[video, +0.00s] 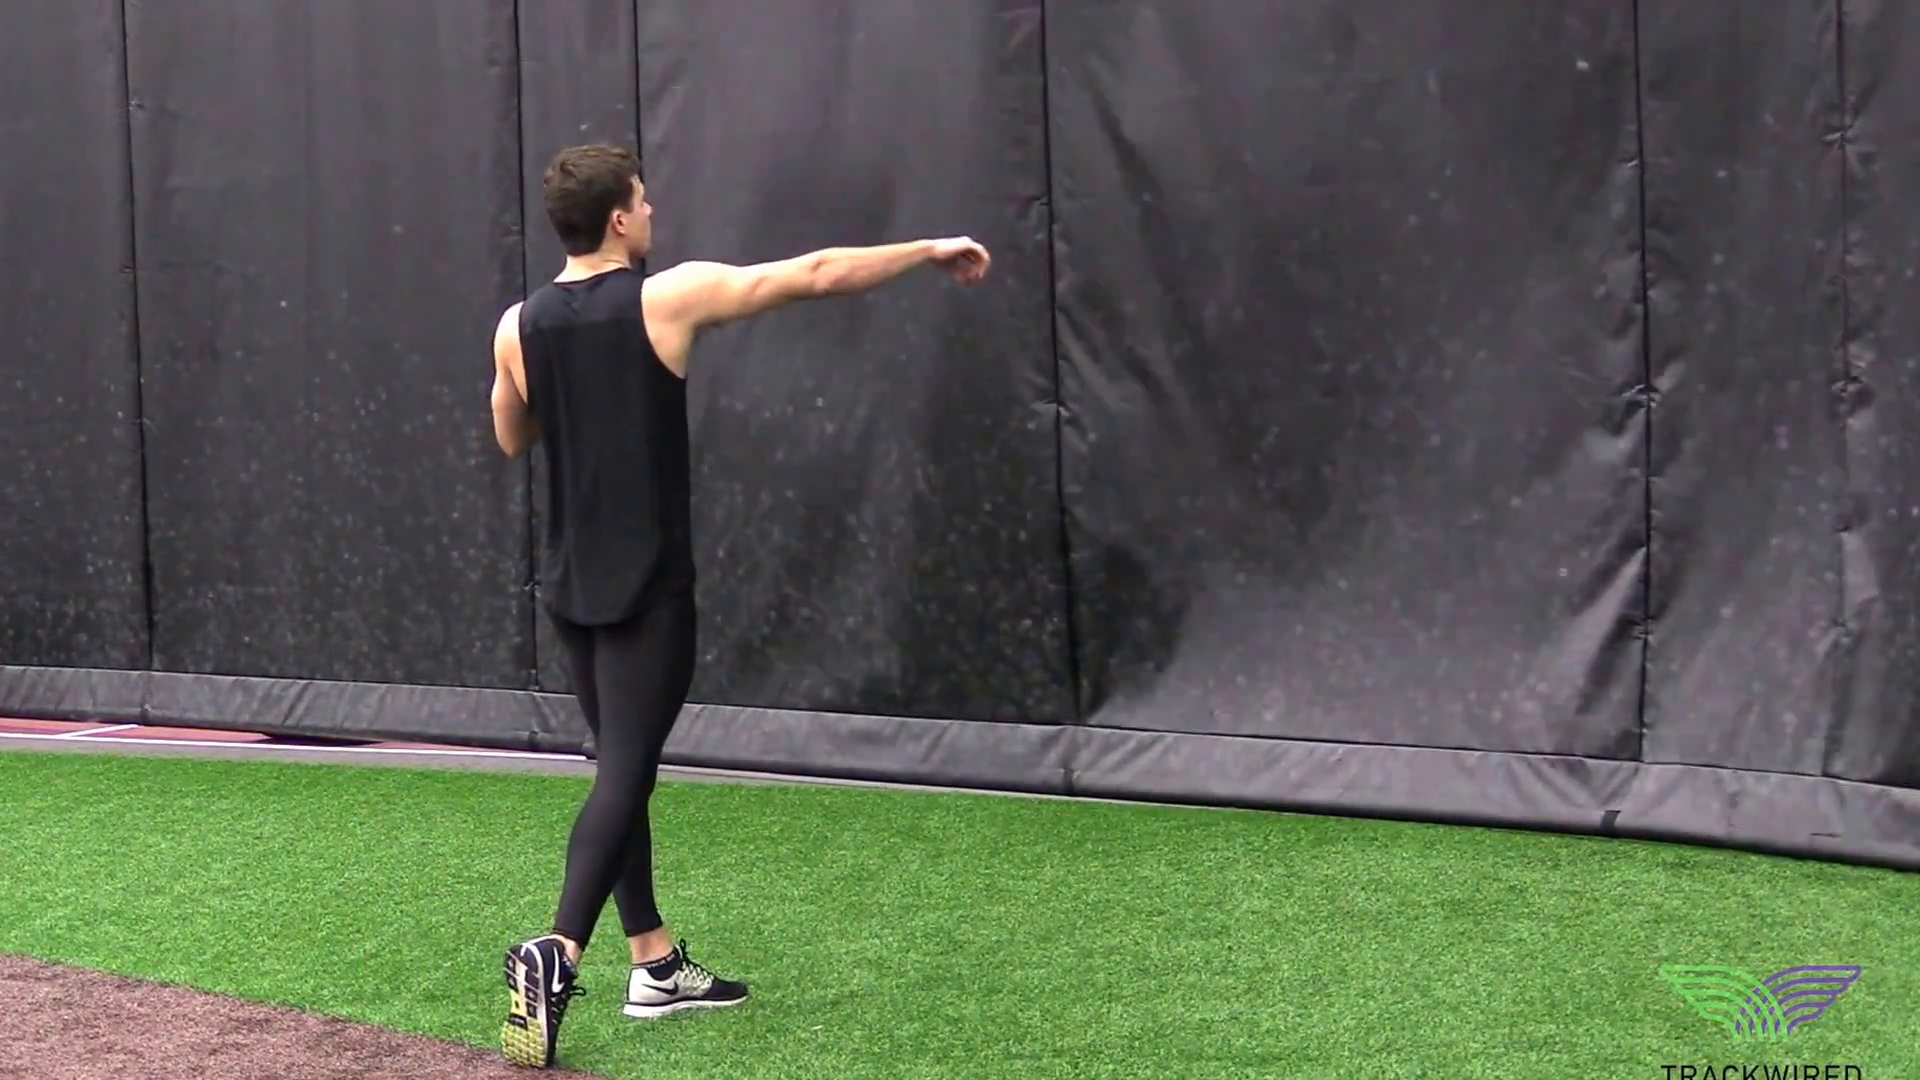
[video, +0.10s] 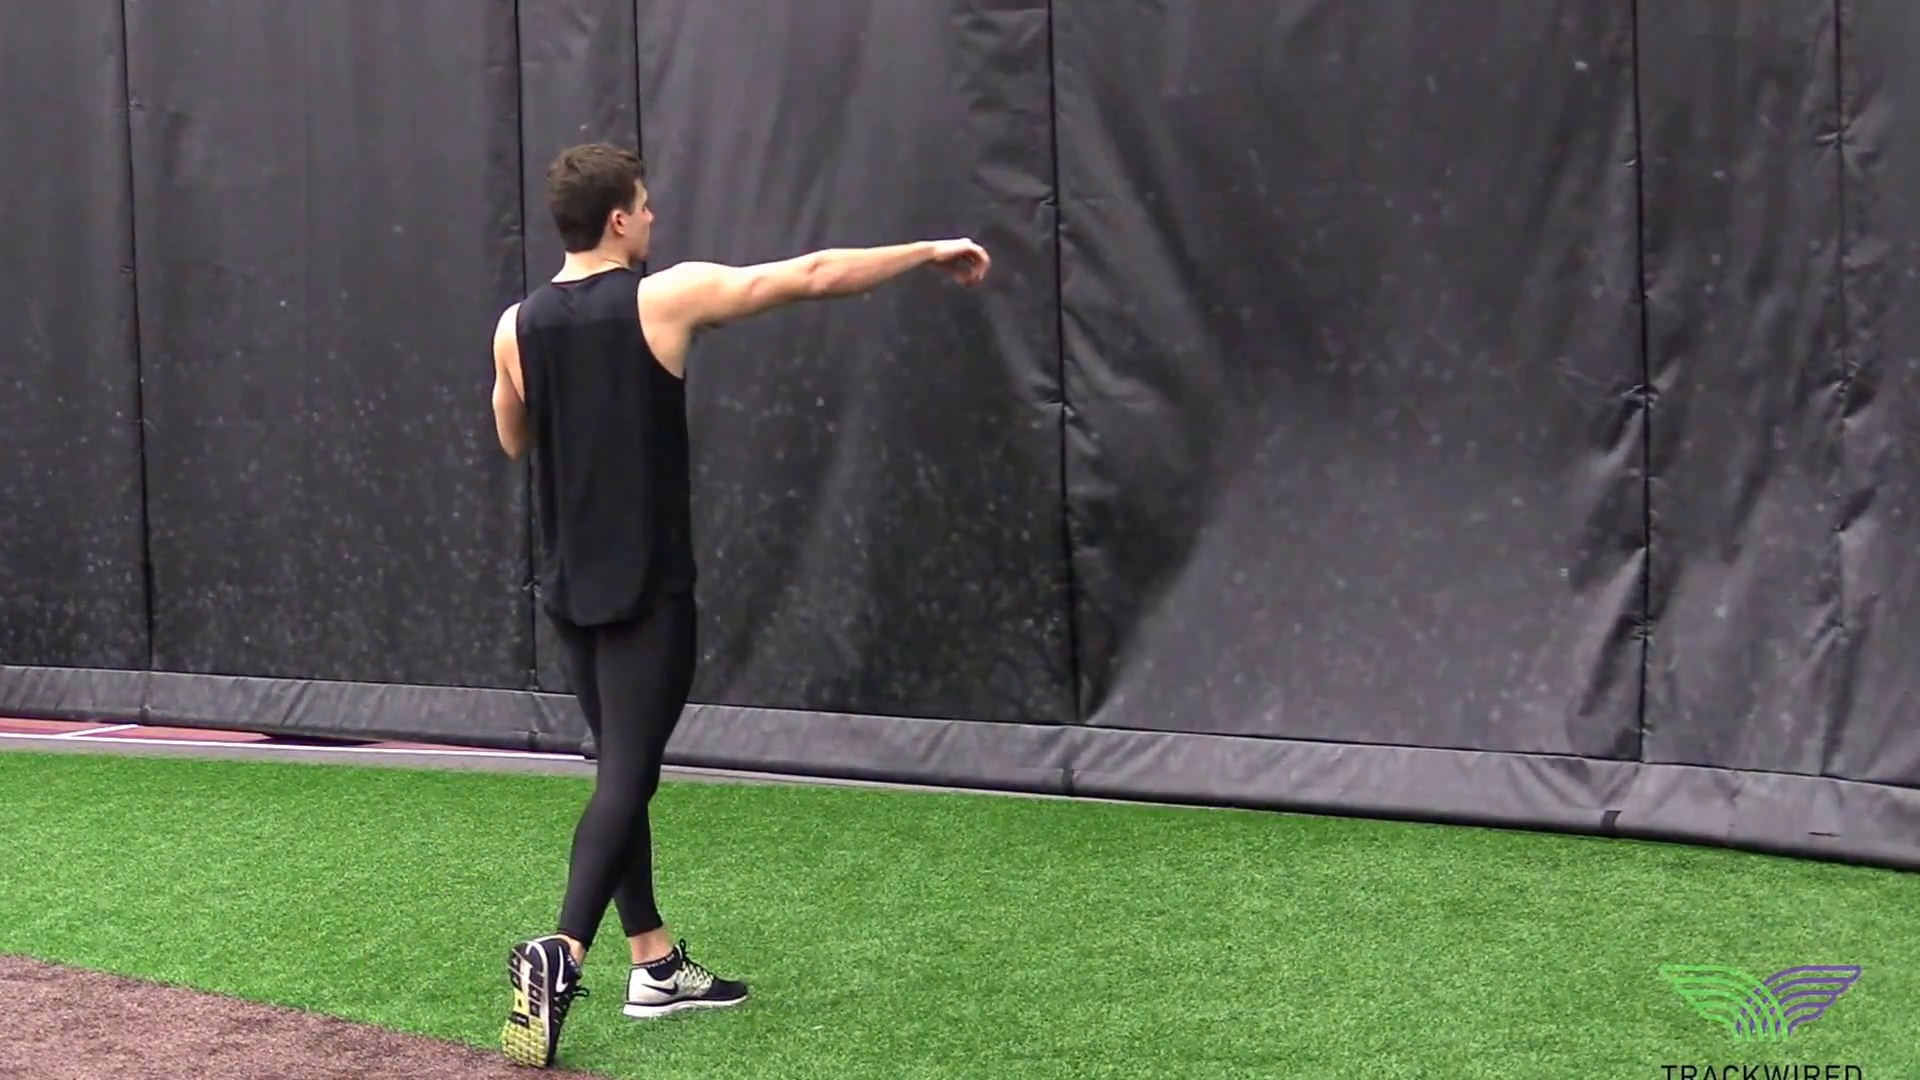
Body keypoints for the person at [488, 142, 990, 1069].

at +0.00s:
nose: (649, 212)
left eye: (642, 197)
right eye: (642, 201)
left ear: (563, 225)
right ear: (622, 218)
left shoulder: (519, 325)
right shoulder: (671, 296)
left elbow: (509, 438)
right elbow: (813, 275)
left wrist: (547, 368)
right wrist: (927, 249)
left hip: (571, 576)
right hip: (649, 574)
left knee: (621, 766)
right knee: (625, 769)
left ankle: (654, 963)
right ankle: (555, 952)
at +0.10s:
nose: (650, 217)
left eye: (644, 203)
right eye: (643, 206)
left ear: (564, 224)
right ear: (621, 220)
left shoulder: (517, 324)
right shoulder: (667, 296)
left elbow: (512, 438)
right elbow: (811, 276)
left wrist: (561, 373)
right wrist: (927, 252)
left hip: (573, 576)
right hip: (650, 574)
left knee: (622, 767)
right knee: (627, 771)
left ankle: (654, 963)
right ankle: (560, 953)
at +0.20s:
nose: (653, 226)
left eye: (648, 211)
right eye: (647, 213)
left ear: (567, 223)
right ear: (623, 220)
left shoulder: (515, 327)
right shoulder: (664, 296)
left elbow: (513, 441)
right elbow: (811, 274)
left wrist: (561, 370)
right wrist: (926, 248)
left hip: (575, 579)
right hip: (651, 576)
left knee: (622, 769)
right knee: (629, 774)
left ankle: (654, 963)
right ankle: (564, 953)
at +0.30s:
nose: (654, 230)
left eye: (649, 214)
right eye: (648, 216)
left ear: (570, 223)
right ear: (620, 220)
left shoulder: (515, 327)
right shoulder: (662, 295)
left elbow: (514, 443)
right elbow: (807, 271)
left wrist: (562, 374)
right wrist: (924, 241)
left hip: (574, 579)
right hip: (650, 575)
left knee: (622, 770)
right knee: (631, 774)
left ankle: (653, 963)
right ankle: (567, 954)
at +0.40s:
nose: (654, 232)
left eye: (651, 217)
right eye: (650, 218)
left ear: (571, 223)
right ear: (623, 221)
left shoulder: (516, 325)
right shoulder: (663, 295)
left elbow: (514, 444)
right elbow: (805, 268)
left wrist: (543, 365)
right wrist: (921, 236)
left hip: (573, 580)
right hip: (651, 576)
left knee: (621, 770)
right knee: (630, 773)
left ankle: (653, 961)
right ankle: (567, 953)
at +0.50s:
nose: (655, 235)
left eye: (653, 220)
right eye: (652, 221)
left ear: (574, 224)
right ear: (624, 222)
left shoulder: (516, 325)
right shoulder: (662, 296)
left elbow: (514, 443)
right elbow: (803, 266)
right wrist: (918, 231)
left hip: (572, 580)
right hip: (651, 576)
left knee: (621, 773)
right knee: (630, 777)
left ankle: (653, 963)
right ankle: (567, 953)